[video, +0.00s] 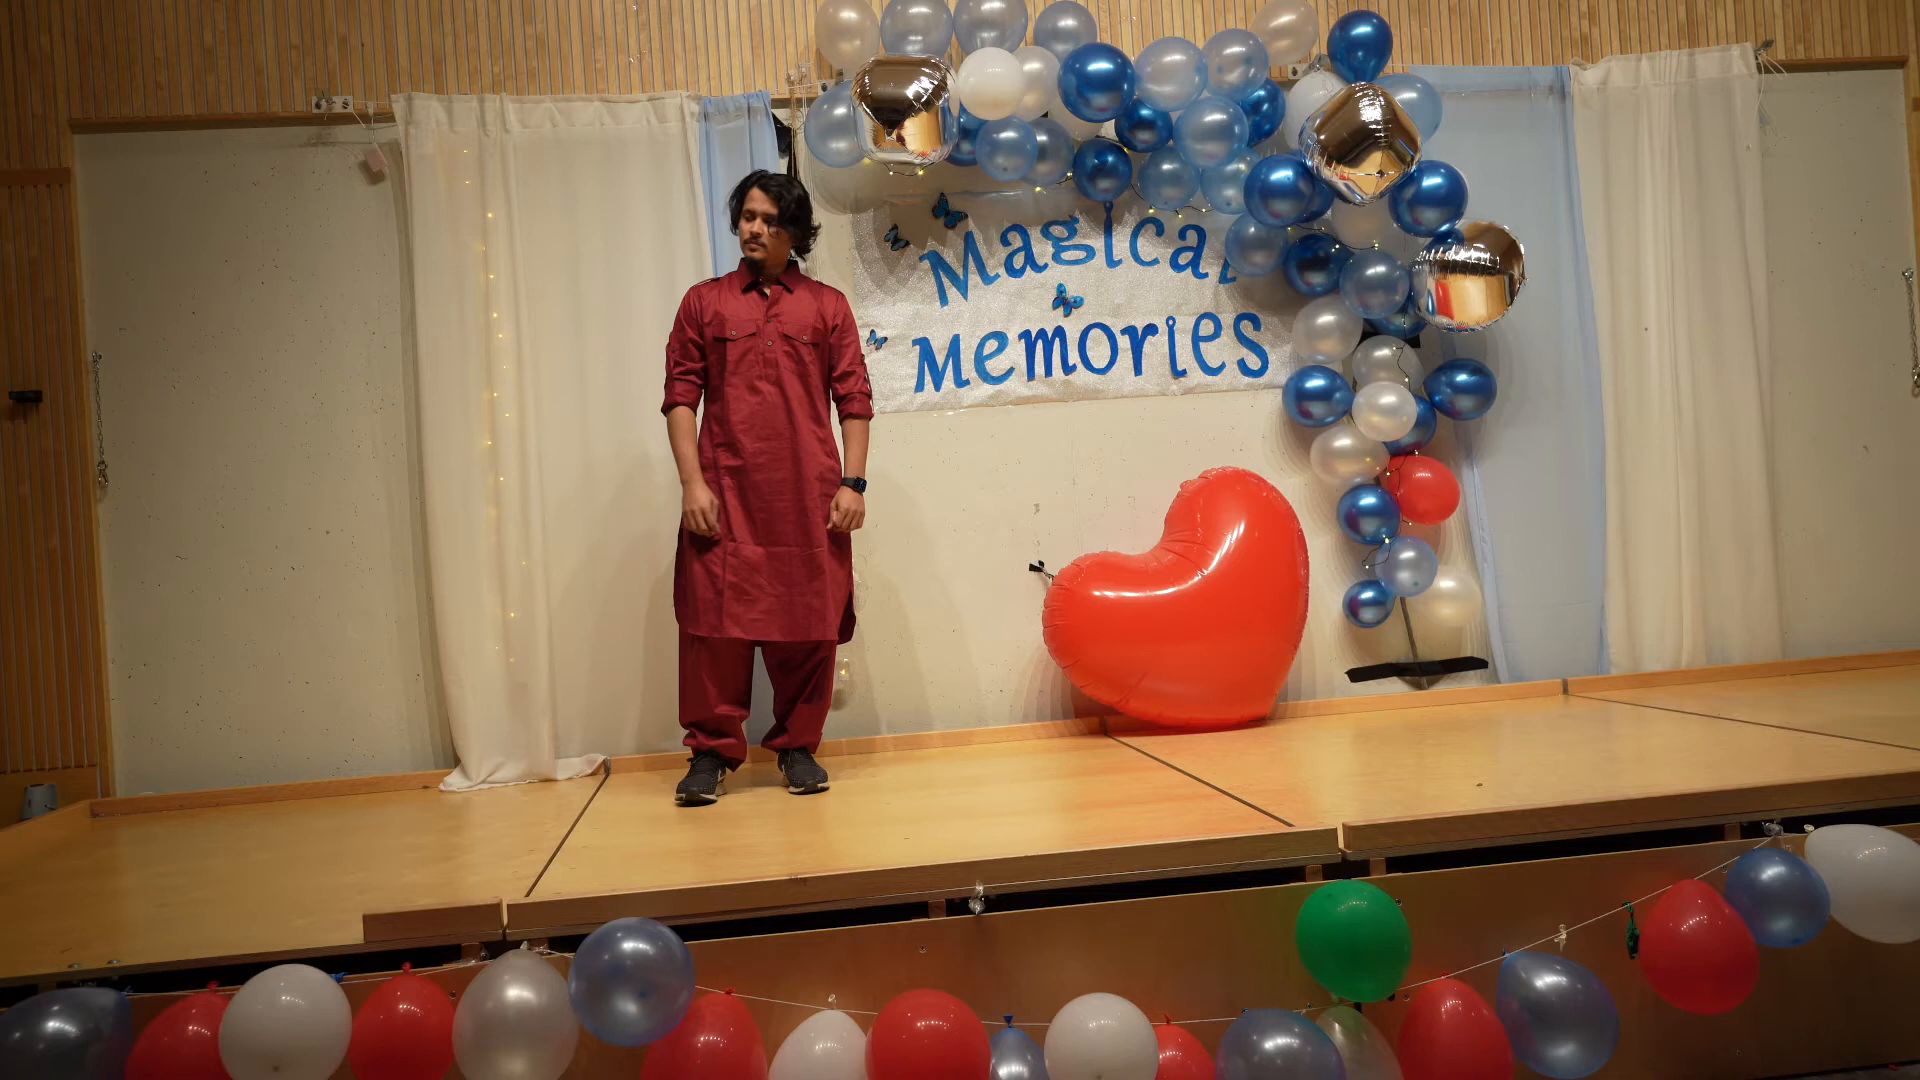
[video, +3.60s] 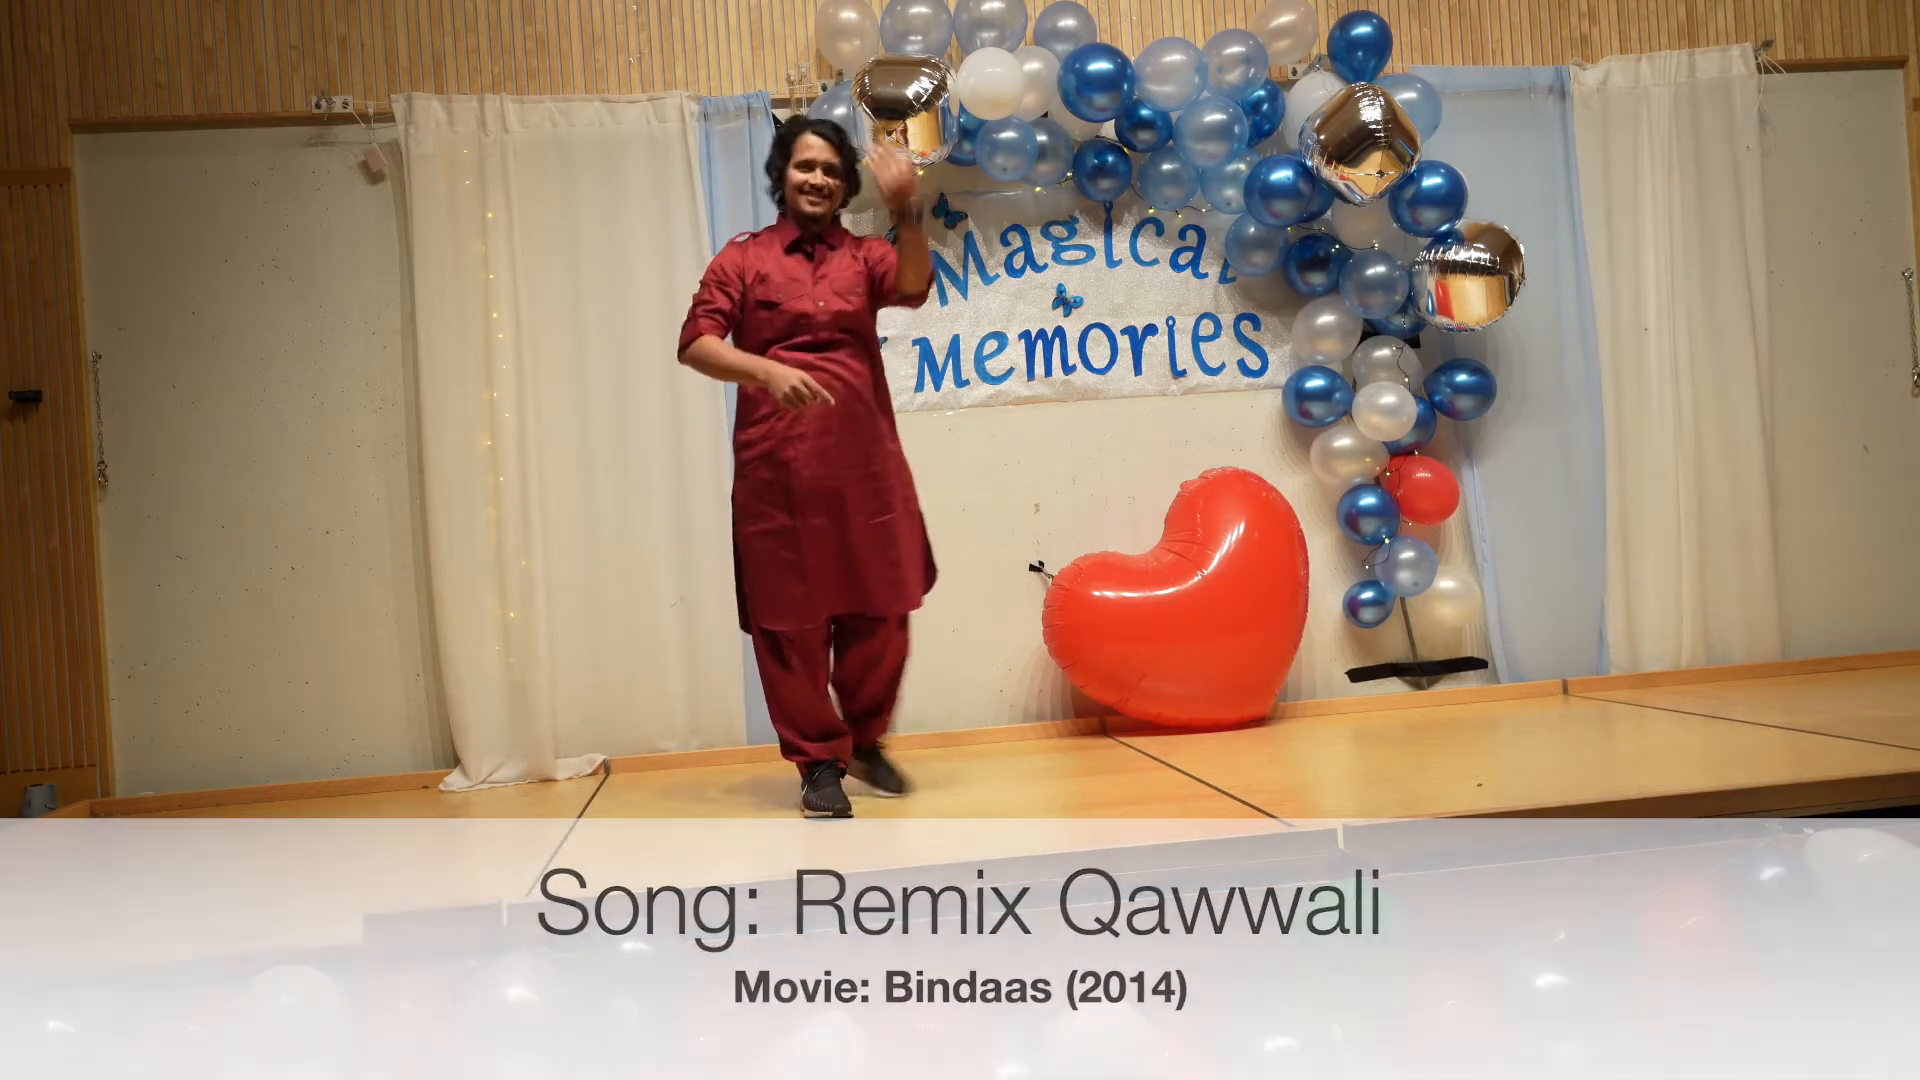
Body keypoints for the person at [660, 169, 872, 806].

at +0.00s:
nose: (753, 228)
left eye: (767, 219)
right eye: (746, 217)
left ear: (794, 230)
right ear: (736, 223)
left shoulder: (827, 305)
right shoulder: (704, 302)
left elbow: (854, 399)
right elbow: (680, 398)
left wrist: (854, 481)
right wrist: (692, 482)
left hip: (806, 491)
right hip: (723, 491)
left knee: (807, 625)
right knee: (713, 623)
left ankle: (799, 748)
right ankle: (710, 751)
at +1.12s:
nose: (763, 218)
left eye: (776, 208)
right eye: (753, 208)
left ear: (799, 223)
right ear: (738, 223)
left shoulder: (830, 299)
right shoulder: (709, 298)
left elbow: (865, 373)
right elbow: (676, 378)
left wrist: (838, 413)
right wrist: (713, 412)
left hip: (806, 484)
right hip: (727, 485)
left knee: (809, 617)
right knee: (713, 616)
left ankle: (799, 748)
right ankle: (710, 752)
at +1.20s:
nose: (765, 214)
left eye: (776, 205)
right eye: (754, 205)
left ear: (798, 222)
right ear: (738, 223)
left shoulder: (828, 296)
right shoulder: (712, 297)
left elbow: (871, 354)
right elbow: (673, 359)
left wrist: (838, 341)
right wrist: (715, 349)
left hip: (809, 483)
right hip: (729, 484)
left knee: (810, 619)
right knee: (714, 617)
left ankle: (799, 749)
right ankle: (710, 753)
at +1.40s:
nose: (763, 211)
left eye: (771, 200)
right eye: (749, 202)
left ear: (790, 221)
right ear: (731, 225)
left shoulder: (822, 292)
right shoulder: (718, 296)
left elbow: (862, 280)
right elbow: (682, 298)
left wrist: (812, 234)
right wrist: (736, 239)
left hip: (814, 472)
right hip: (734, 472)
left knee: (812, 620)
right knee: (718, 616)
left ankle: (799, 749)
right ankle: (711, 752)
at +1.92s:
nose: (761, 218)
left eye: (771, 210)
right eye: (747, 213)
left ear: (791, 230)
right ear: (732, 237)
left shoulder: (833, 301)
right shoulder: (719, 306)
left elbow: (905, 308)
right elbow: (661, 330)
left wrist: (925, 262)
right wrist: (671, 285)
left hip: (825, 492)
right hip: (738, 494)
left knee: (818, 631)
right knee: (729, 627)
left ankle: (800, 750)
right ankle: (718, 752)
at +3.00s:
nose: (785, 240)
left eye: (796, 228)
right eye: (772, 228)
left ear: (812, 223)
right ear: (748, 223)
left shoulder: (836, 280)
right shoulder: (720, 289)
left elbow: (888, 341)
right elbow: (719, 358)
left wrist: (854, 328)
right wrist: (792, 328)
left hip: (837, 478)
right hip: (759, 484)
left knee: (831, 615)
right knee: (778, 619)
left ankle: (806, 747)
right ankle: (813, 757)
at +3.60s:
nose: (817, 179)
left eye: (831, 170)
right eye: (804, 166)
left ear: (847, 185)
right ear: (780, 176)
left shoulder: (863, 254)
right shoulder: (742, 257)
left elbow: (915, 283)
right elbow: (696, 343)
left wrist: (906, 210)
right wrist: (766, 369)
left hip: (864, 459)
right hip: (778, 467)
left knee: (880, 605)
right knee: (789, 616)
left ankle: (865, 741)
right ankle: (818, 764)